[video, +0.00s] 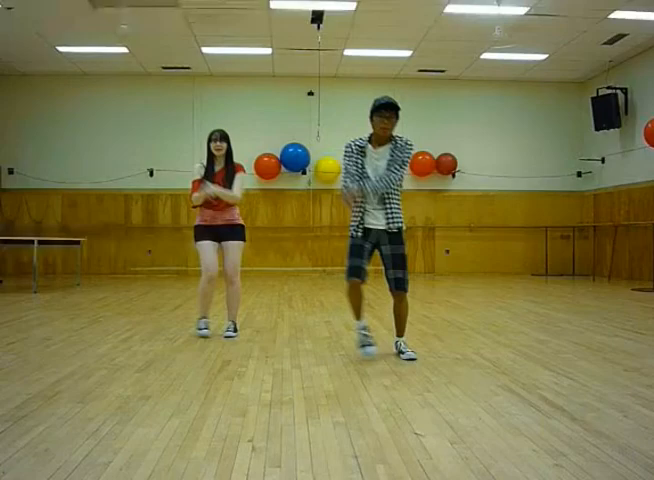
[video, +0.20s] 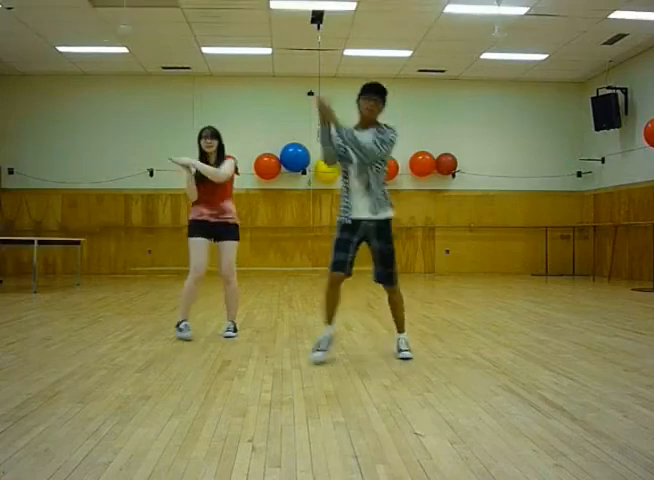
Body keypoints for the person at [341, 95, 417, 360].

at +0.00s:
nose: (386, 123)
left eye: (391, 119)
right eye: (381, 118)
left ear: (396, 122)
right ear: (371, 119)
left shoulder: (402, 146)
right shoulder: (354, 147)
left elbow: (392, 179)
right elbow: (348, 178)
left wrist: (359, 189)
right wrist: (349, 192)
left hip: (390, 225)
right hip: (362, 224)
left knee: (399, 288)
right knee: (354, 279)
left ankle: (400, 341)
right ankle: (360, 327)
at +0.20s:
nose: (371, 105)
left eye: (376, 102)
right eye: (367, 100)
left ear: (382, 108)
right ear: (358, 103)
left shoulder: (387, 134)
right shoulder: (344, 135)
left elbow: (372, 155)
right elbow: (330, 159)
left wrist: (337, 125)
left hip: (379, 218)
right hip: (350, 217)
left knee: (390, 284)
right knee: (335, 277)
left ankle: (402, 337)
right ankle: (327, 331)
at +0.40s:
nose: (345, 115)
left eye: (350, 111)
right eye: (341, 110)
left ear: (357, 116)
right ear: (332, 113)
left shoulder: (360, 141)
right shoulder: (321, 146)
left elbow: (353, 131)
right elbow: (310, 160)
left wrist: (325, 123)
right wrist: (314, 131)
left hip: (352, 225)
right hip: (324, 226)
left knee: (373, 289)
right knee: (321, 291)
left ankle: (404, 337)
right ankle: (310, 345)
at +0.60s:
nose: (325, 125)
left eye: (330, 120)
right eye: (321, 118)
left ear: (333, 121)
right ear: (309, 115)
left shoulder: (332, 146)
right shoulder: (291, 145)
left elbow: (351, 154)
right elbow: (312, 165)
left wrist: (337, 123)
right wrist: (319, 136)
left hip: (331, 225)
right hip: (302, 228)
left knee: (349, 287)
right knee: (315, 292)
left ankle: (358, 331)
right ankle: (310, 345)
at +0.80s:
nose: (304, 106)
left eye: (309, 103)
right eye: (299, 101)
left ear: (315, 108)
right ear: (289, 105)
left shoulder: (312, 135)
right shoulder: (274, 128)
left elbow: (329, 153)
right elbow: (301, 132)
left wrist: (343, 123)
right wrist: (341, 113)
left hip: (310, 214)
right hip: (285, 212)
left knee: (310, 282)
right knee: (299, 281)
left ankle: (272, 320)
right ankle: (305, 342)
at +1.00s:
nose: (291, 110)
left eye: (294, 106)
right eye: (285, 106)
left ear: (300, 110)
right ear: (274, 111)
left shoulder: (307, 144)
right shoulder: (264, 132)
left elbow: (302, 176)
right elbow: (282, 138)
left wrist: (306, 141)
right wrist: (312, 131)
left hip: (289, 217)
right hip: (263, 213)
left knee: (265, 284)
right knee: (263, 281)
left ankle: (231, 335)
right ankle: (281, 337)